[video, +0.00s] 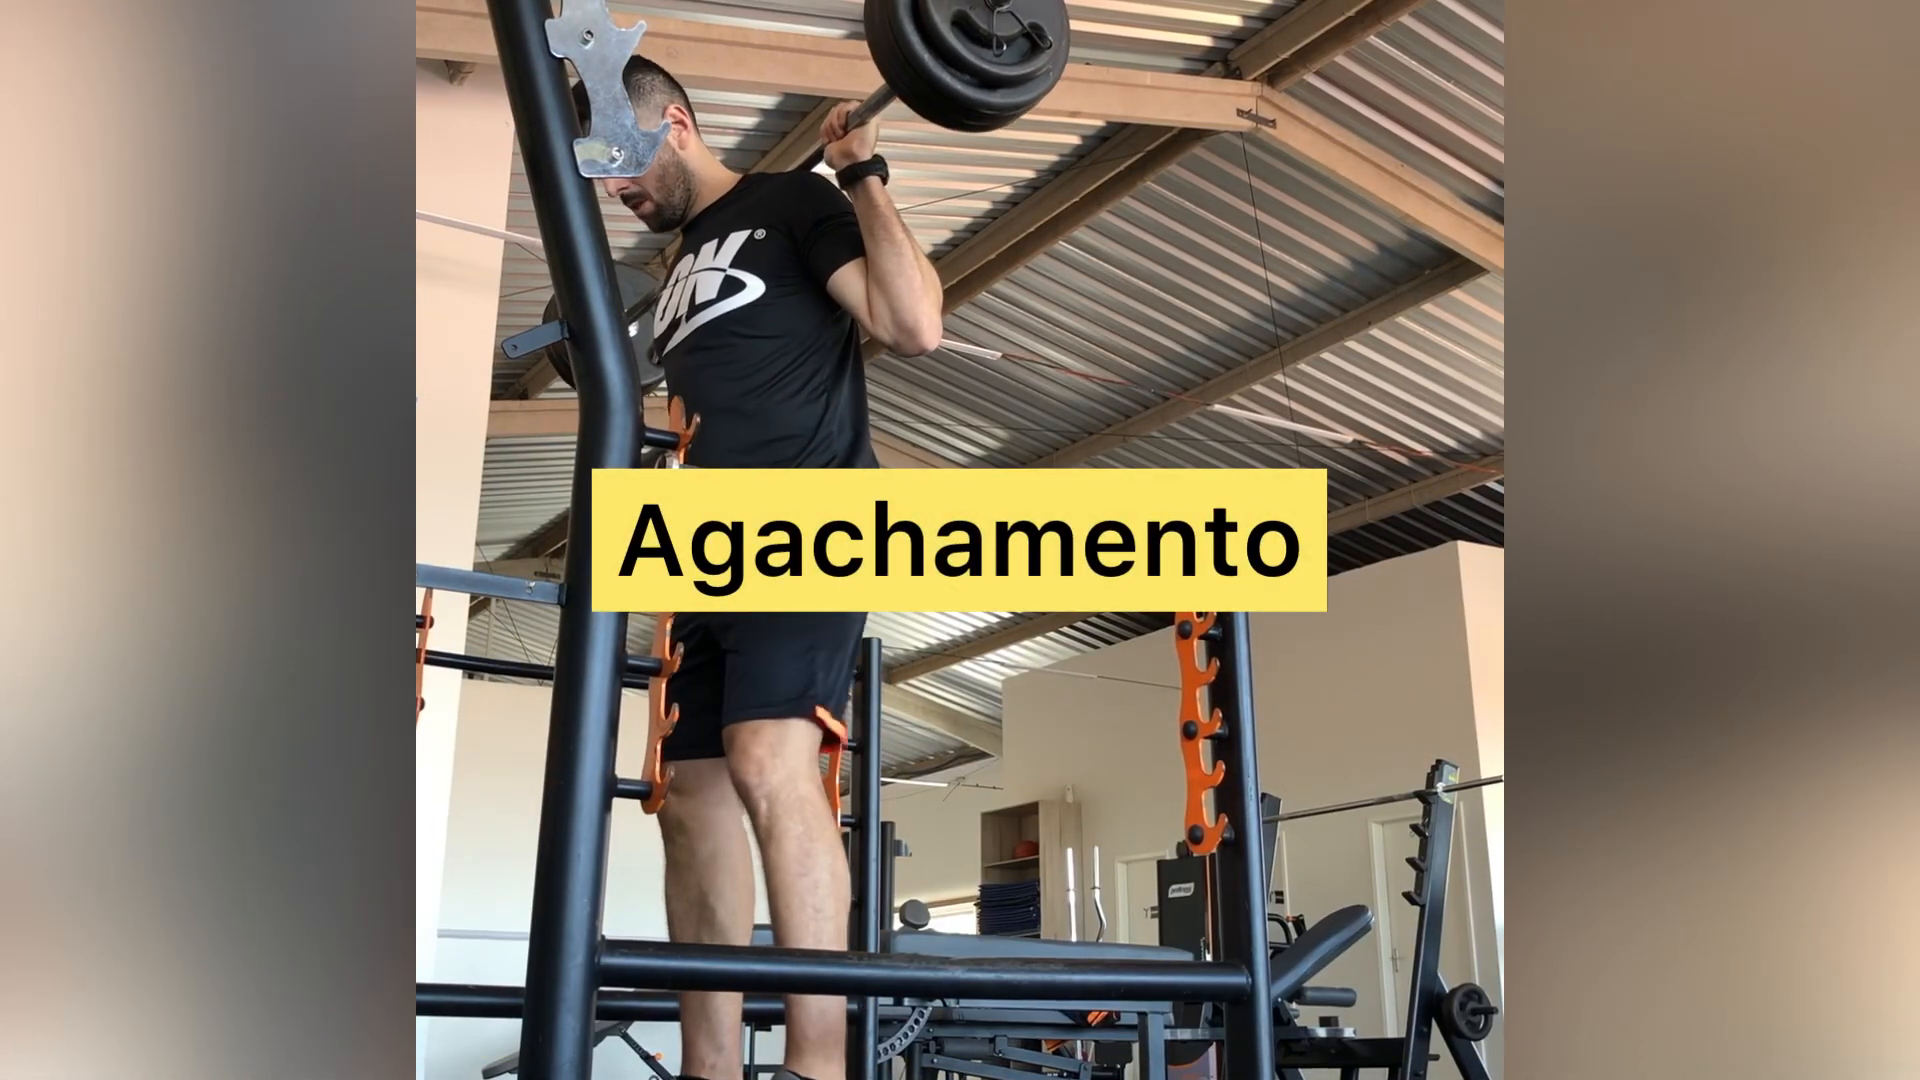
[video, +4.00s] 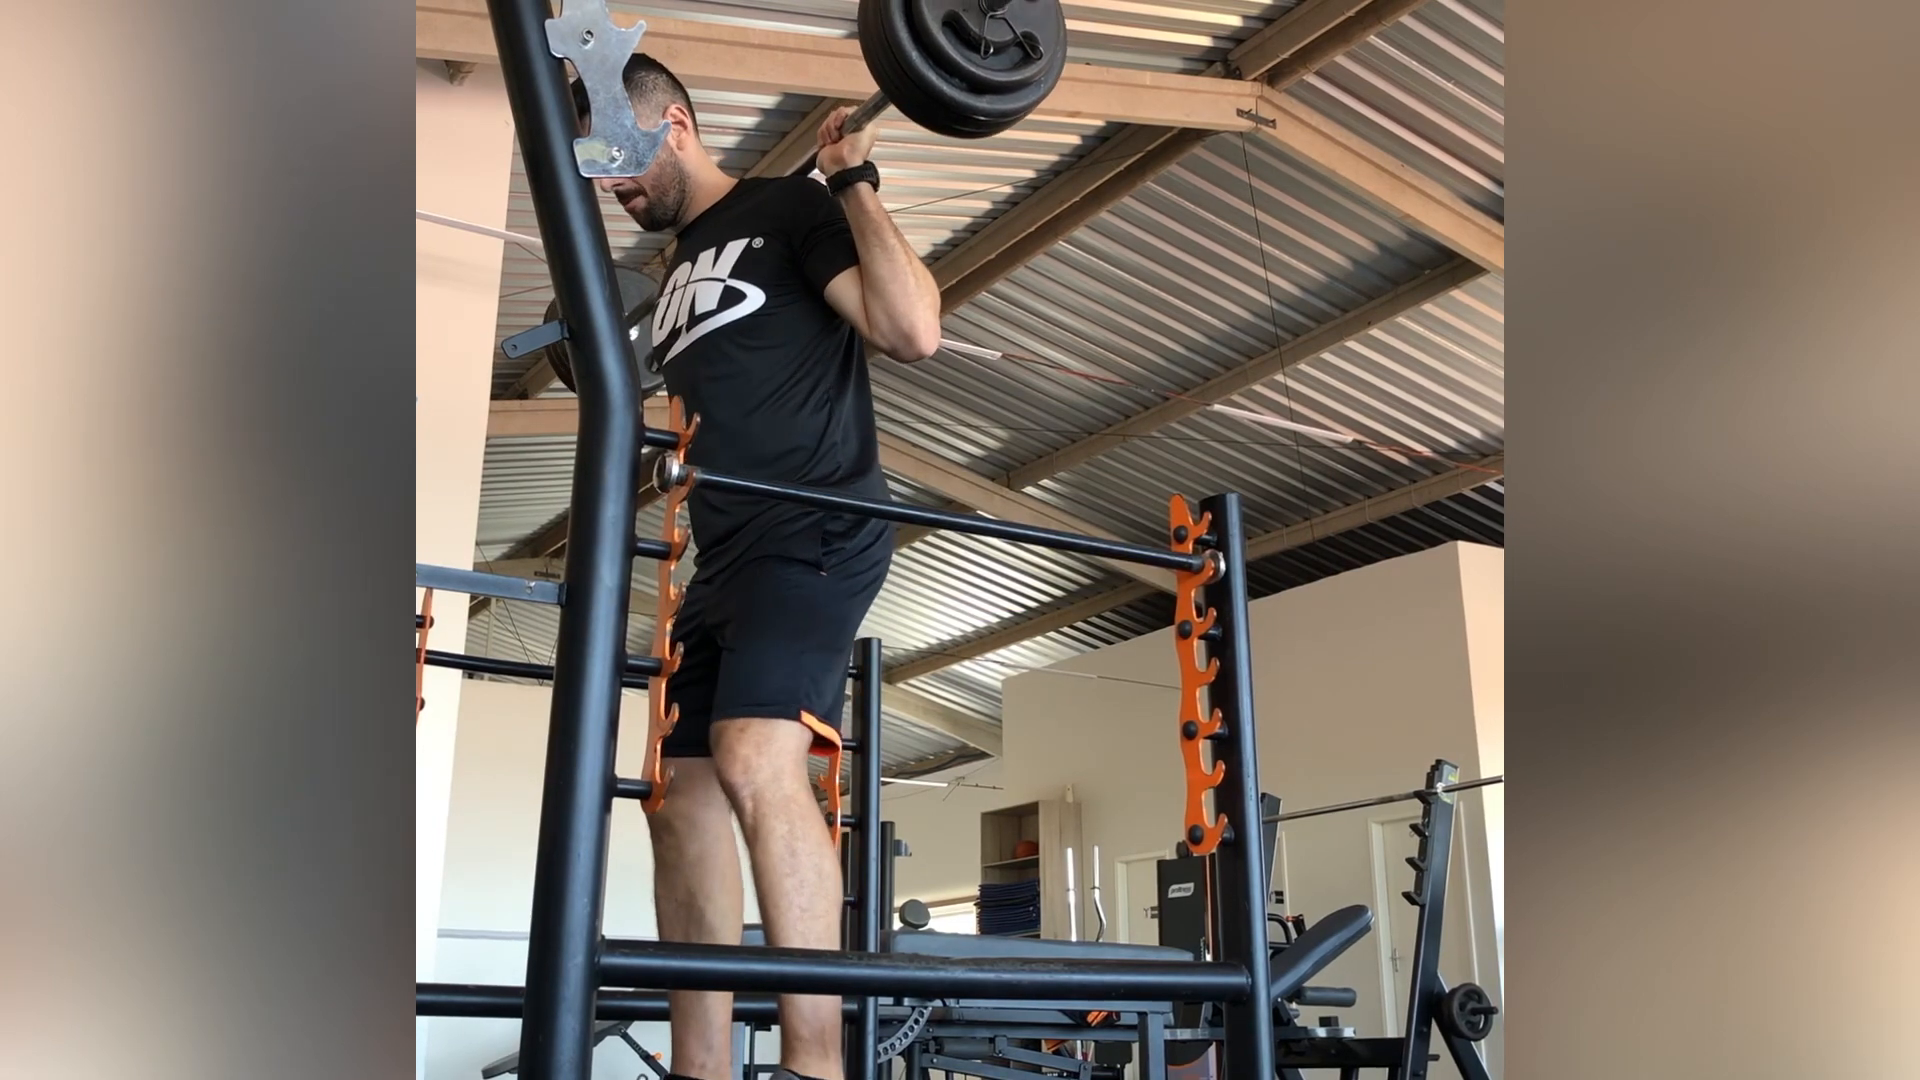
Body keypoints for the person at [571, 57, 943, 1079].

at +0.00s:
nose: (620, 187)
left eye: (629, 157)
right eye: (606, 172)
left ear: (680, 124)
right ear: (614, 172)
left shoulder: (793, 200)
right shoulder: (676, 276)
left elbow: (916, 326)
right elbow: (698, 433)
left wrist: (868, 182)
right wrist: (667, 581)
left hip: (808, 522)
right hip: (714, 539)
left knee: (769, 755)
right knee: (692, 789)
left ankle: (821, 1062)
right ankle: (711, 1066)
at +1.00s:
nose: (623, 181)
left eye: (630, 152)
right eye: (610, 166)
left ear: (679, 116)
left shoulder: (793, 194)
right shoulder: (685, 261)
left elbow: (915, 319)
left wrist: (869, 173)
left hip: (797, 514)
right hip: (719, 533)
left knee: (770, 756)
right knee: (691, 790)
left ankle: (821, 1063)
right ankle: (708, 1065)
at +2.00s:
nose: (631, 180)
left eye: (636, 149)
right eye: (618, 161)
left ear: (692, 113)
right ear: (672, 130)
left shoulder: (804, 190)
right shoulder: (684, 259)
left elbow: (916, 315)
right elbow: (700, 411)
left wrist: (867, 168)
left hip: (799, 521)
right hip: (711, 535)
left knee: (781, 762)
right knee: (697, 787)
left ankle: (826, 1063)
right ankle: (713, 1063)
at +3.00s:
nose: (624, 183)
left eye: (632, 154)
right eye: (611, 168)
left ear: (684, 120)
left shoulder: (799, 199)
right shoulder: (687, 270)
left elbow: (921, 321)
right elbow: (712, 415)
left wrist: (863, 174)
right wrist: (677, 455)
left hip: (819, 527)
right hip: (728, 543)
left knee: (788, 763)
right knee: (699, 788)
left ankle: (828, 1065)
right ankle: (708, 1066)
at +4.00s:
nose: (615, 183)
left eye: (626, 155)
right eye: (602, 168)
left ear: (680, 127)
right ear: (610, 171)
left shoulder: (790, 205)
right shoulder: (677, 277)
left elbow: (914, 332)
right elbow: (709, 421)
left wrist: (855, 184)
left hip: (817, 526)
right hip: (725, 546)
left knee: (758, 754)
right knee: (683, 789)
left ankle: (819, 1063)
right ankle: (699, 1068)